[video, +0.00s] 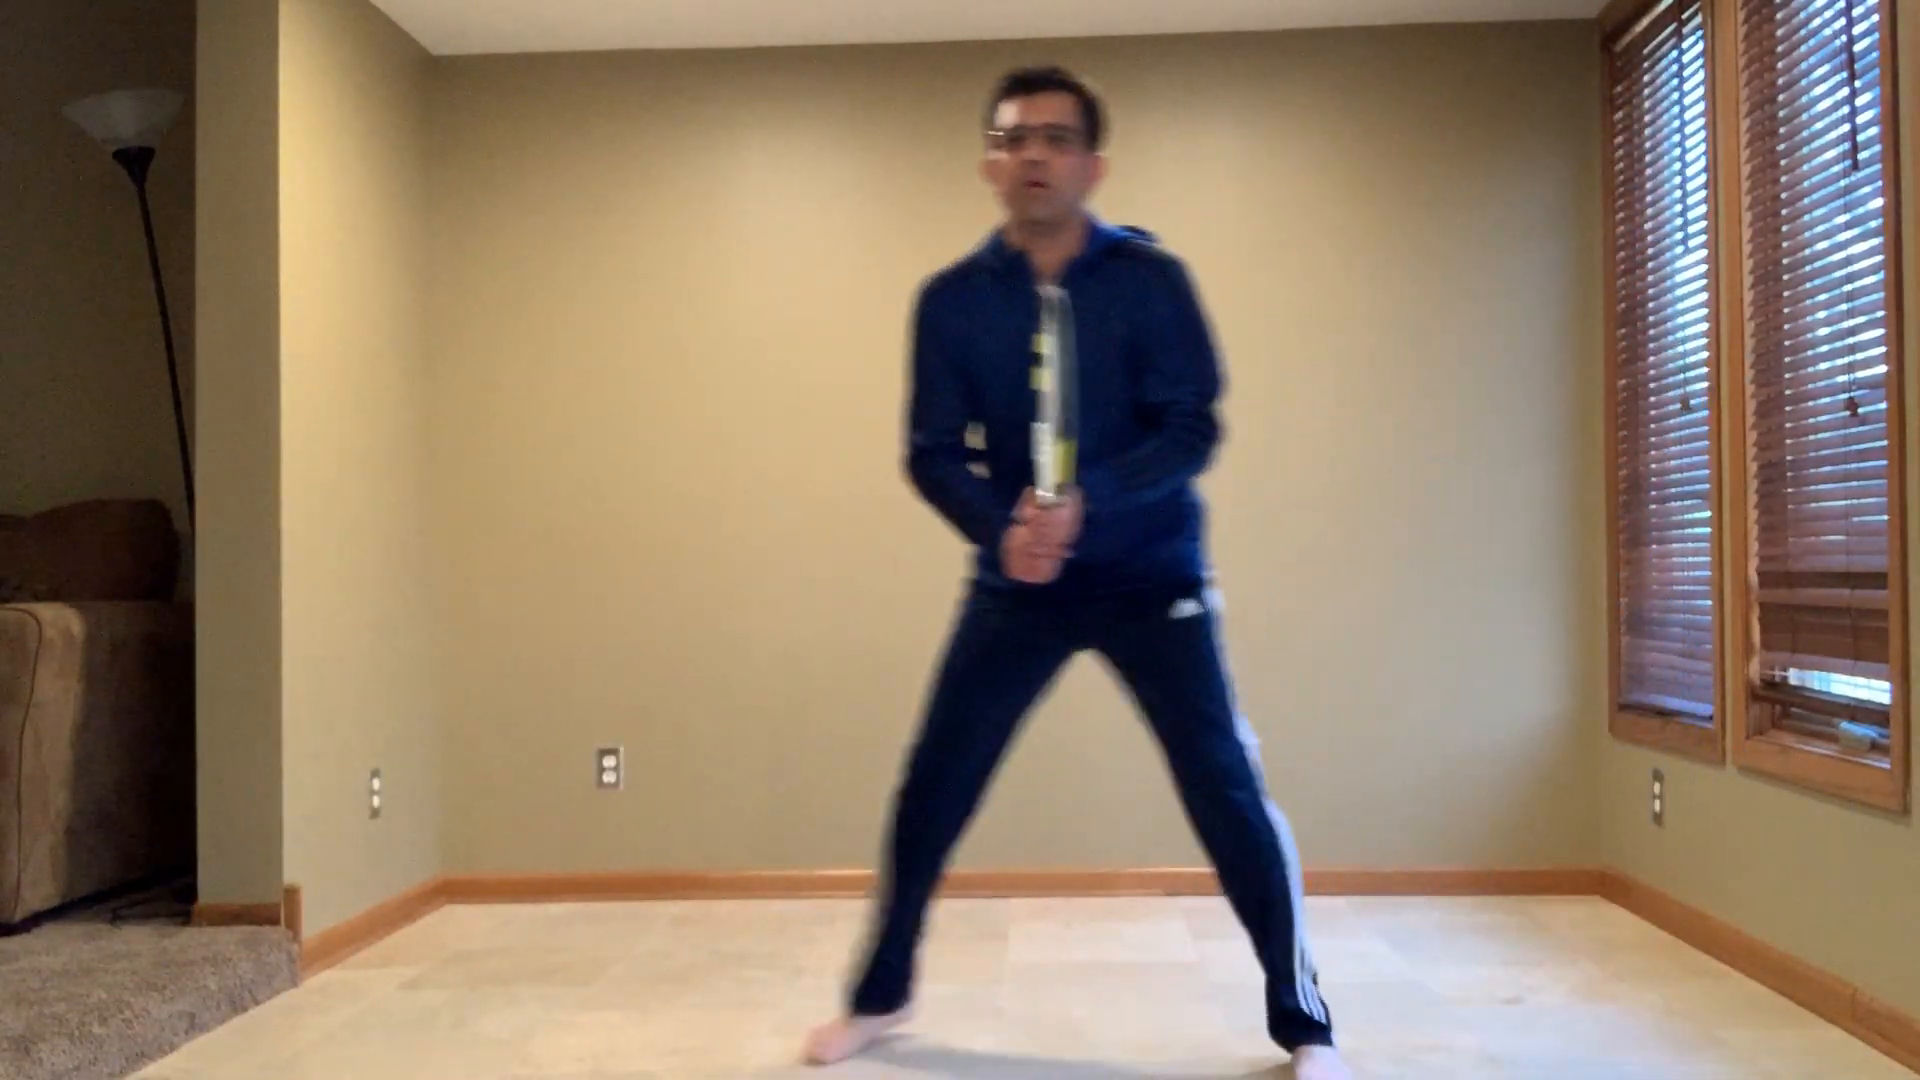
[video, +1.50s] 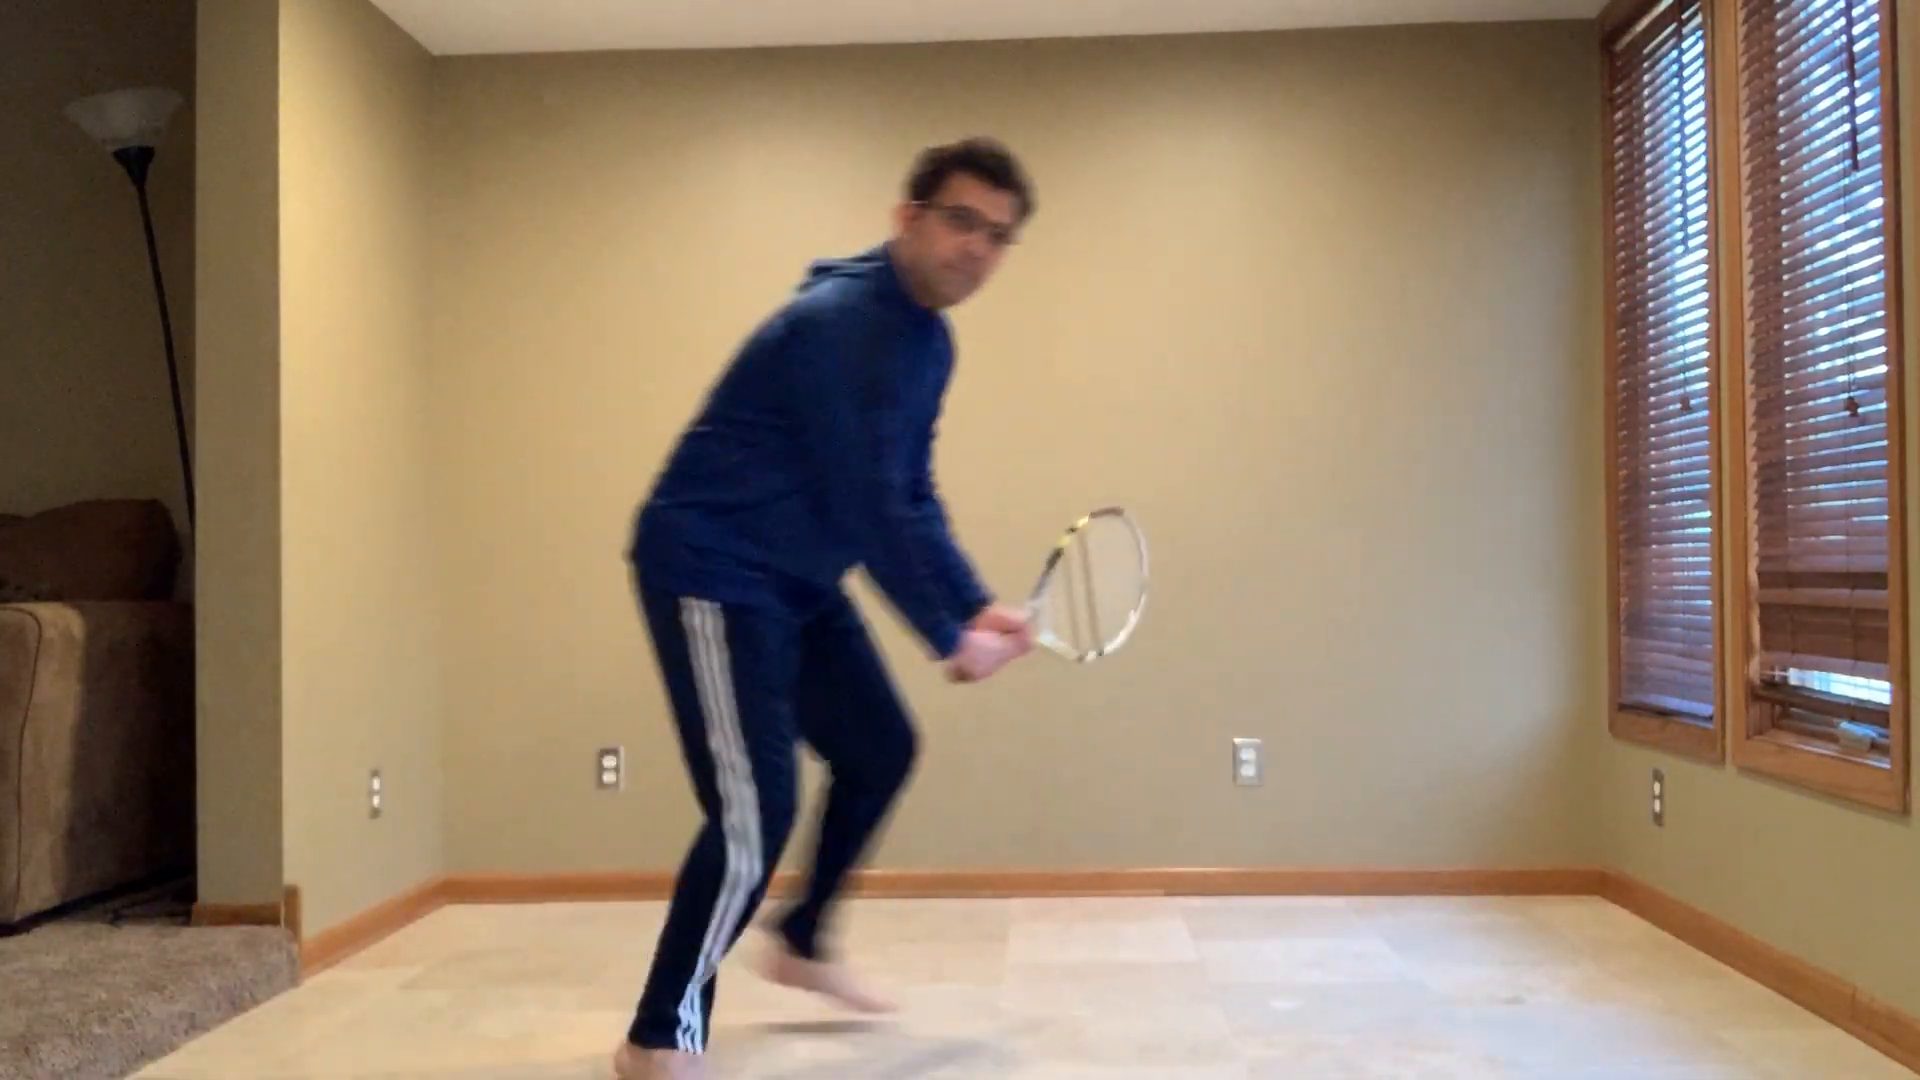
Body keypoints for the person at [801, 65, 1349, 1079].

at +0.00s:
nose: (1028, 157)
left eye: (1052, 140)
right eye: (1010, 139)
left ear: (1094, 164)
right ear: (986, 161)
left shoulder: (1150, 279)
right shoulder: (951, 299)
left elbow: (1193, 429)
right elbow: (932, 455)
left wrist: (1085, 507)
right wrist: (996, 526)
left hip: (1151, 586)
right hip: (1015, 591)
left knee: (1226, 786)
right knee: (931, 788)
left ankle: (1302, 1018)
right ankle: (876, 1001)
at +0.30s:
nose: (760, 155)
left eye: (784, 137)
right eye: (748, 137)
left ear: (837, 150)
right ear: (734, 150)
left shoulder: (885, 274)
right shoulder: (692, 273)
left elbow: (909, 427)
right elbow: (657, 417)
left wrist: (789, 473)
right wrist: (712, 493)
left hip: (851, 581)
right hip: (721, 576)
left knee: (877, 794)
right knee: (640, 777)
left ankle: (891, 1002)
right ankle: (600, 986)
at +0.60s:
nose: (561, 125)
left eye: (587, 110)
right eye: (546, 106)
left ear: (630, 132)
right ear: (527, 119)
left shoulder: (673, 250)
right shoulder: (468, 233)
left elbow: (703, 401)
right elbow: (424, 376)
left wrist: (580, 444)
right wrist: (485, 459)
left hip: (620, 549)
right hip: (491, 544)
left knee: (619, 758)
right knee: (445, 752)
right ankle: (465, 973)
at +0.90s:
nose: (447, 247)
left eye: (475, 234)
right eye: (432, 228)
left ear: (514, 263)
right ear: (409, 241)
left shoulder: (544, 379)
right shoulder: (337, 348)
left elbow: (554, 533)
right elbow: (288, 490)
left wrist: (449, 596)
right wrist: (353, 600)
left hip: (494, 616)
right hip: (358, 612)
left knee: (544, 786)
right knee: (273, 796)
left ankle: (554, 989)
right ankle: (238, 1012)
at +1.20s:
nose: (686, 261)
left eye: (709, 249)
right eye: (670, 236)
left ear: (726, 270)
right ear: (626, 237)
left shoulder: (707, 387)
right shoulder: (529, 330)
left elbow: (678, 525)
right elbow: (468, 489)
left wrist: (638, 608)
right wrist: (545, 629)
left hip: (575, 610)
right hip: (453, 590)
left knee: (616, 791)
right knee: (347, 797)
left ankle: (533, 1008)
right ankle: (225, 1012)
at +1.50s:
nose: (978, 249)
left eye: (999, 237)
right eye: (961, 223)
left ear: (1007, 250)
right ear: (907, 217)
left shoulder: (925, 342)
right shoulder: (840, 319)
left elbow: (909, 491)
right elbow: (861, 502)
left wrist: (972, 603)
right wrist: (947, 633)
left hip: (795, 578)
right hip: (706, 568)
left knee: (878, 752)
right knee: (751, 808)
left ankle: (799, 940)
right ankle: (661, 1039)